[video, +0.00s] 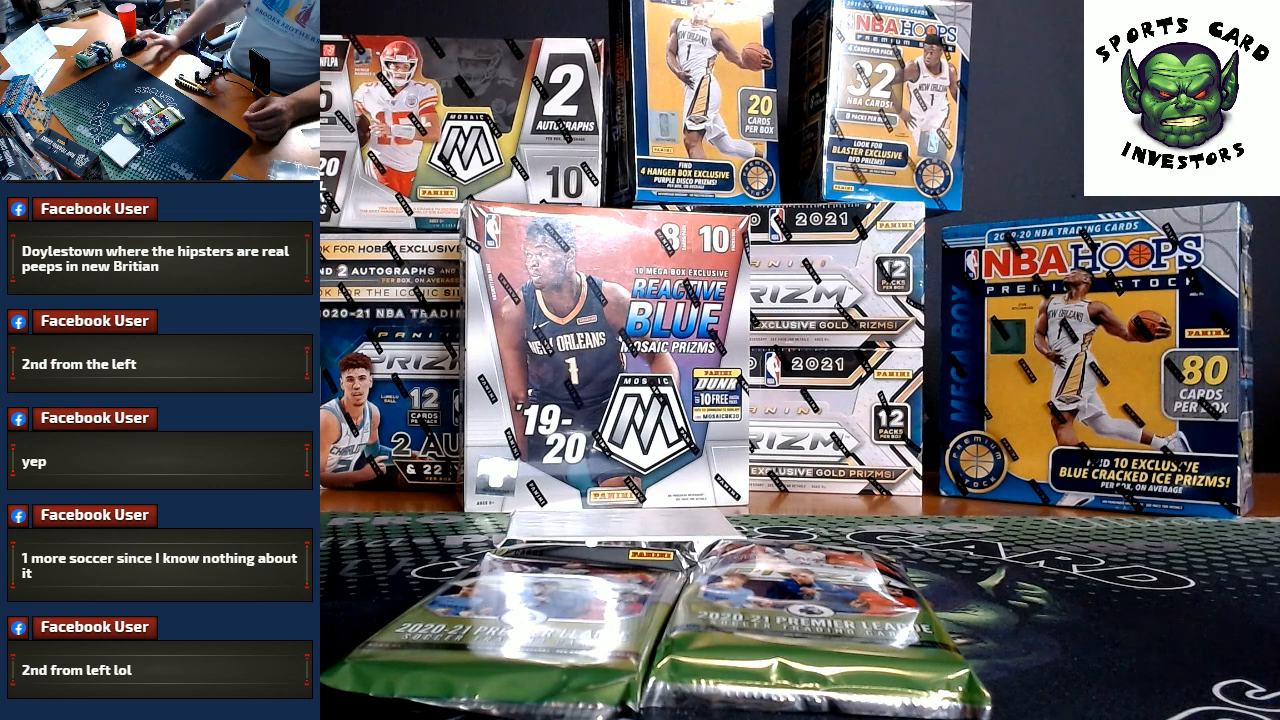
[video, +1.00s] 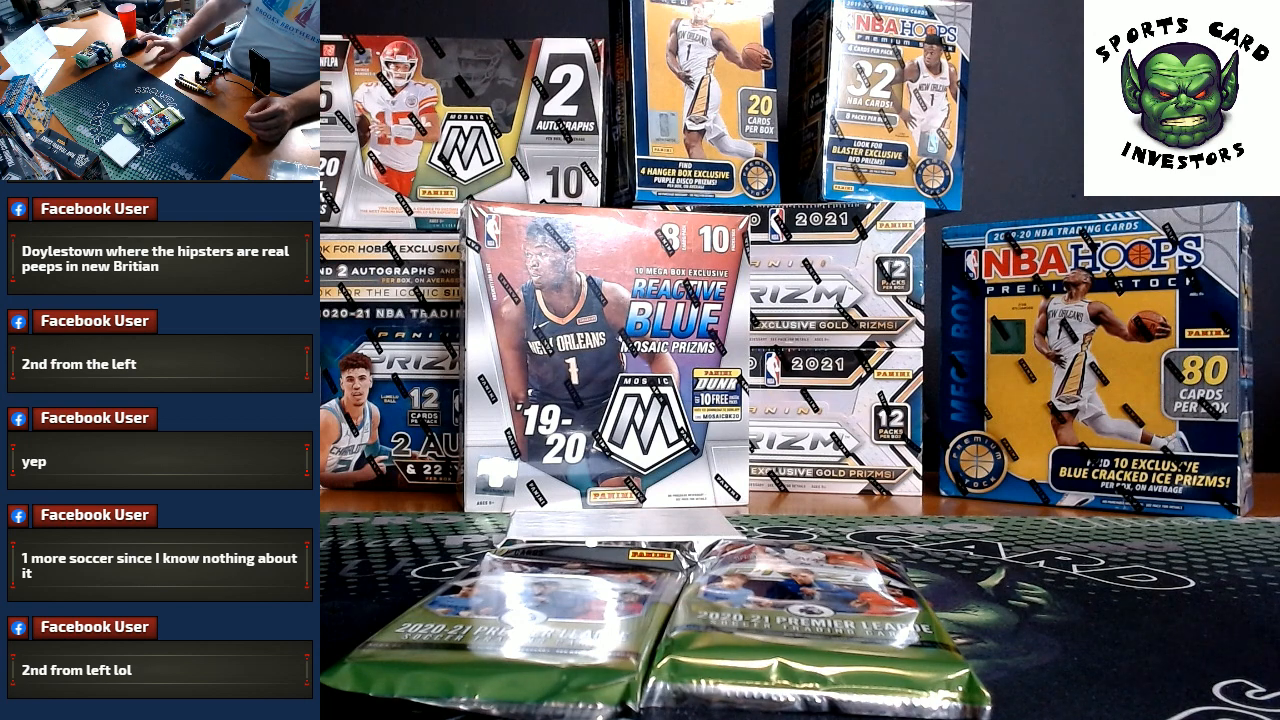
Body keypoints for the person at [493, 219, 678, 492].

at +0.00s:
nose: (532, 263)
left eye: (542, 254)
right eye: (529, 255)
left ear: (570, 255)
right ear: (524, 259)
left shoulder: (612, 299)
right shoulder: (514, 312)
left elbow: (658, 357)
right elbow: (518, 399)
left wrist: (663, 417)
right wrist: (524, 461)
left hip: (610, 424)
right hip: (549, 428)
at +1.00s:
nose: (532, 263)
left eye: (542, 254)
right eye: (529, 255)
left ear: (570, 256)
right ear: (524, 258)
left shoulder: (611, 299)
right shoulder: (514, 312)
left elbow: (657, 357)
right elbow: (518, 398)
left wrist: (663, 414)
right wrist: (524, 460)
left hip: (610, 424)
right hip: (549, 428)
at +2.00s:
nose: (532, 263)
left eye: (542, 254)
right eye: (529, 255)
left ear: (569, 255)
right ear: (525, 259)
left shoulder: (611, 299)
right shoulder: (513, 313)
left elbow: (658, 357)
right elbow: (518, 399)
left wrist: (663, 413)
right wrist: (524, 461)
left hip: (610, 421)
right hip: (549, 425)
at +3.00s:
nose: (532, 263)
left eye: (542, 254)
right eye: (529, 255)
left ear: (570, 255)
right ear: (525, 259)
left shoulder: (611, 299)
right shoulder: (513, 313)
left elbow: (658, 357)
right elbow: (518, 398)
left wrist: (662, 413)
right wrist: (524, 460)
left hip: (610, 422)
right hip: (549, 427)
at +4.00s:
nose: (533, 264)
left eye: (542, 255)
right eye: (530, 255)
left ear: (569, 257)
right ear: (525, 258)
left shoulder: (611, 299)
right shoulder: (514, 312)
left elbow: (657, 356)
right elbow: (517, 400)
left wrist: (666, 412)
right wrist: (521, 465)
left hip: (609, 423)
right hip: (549, 428)